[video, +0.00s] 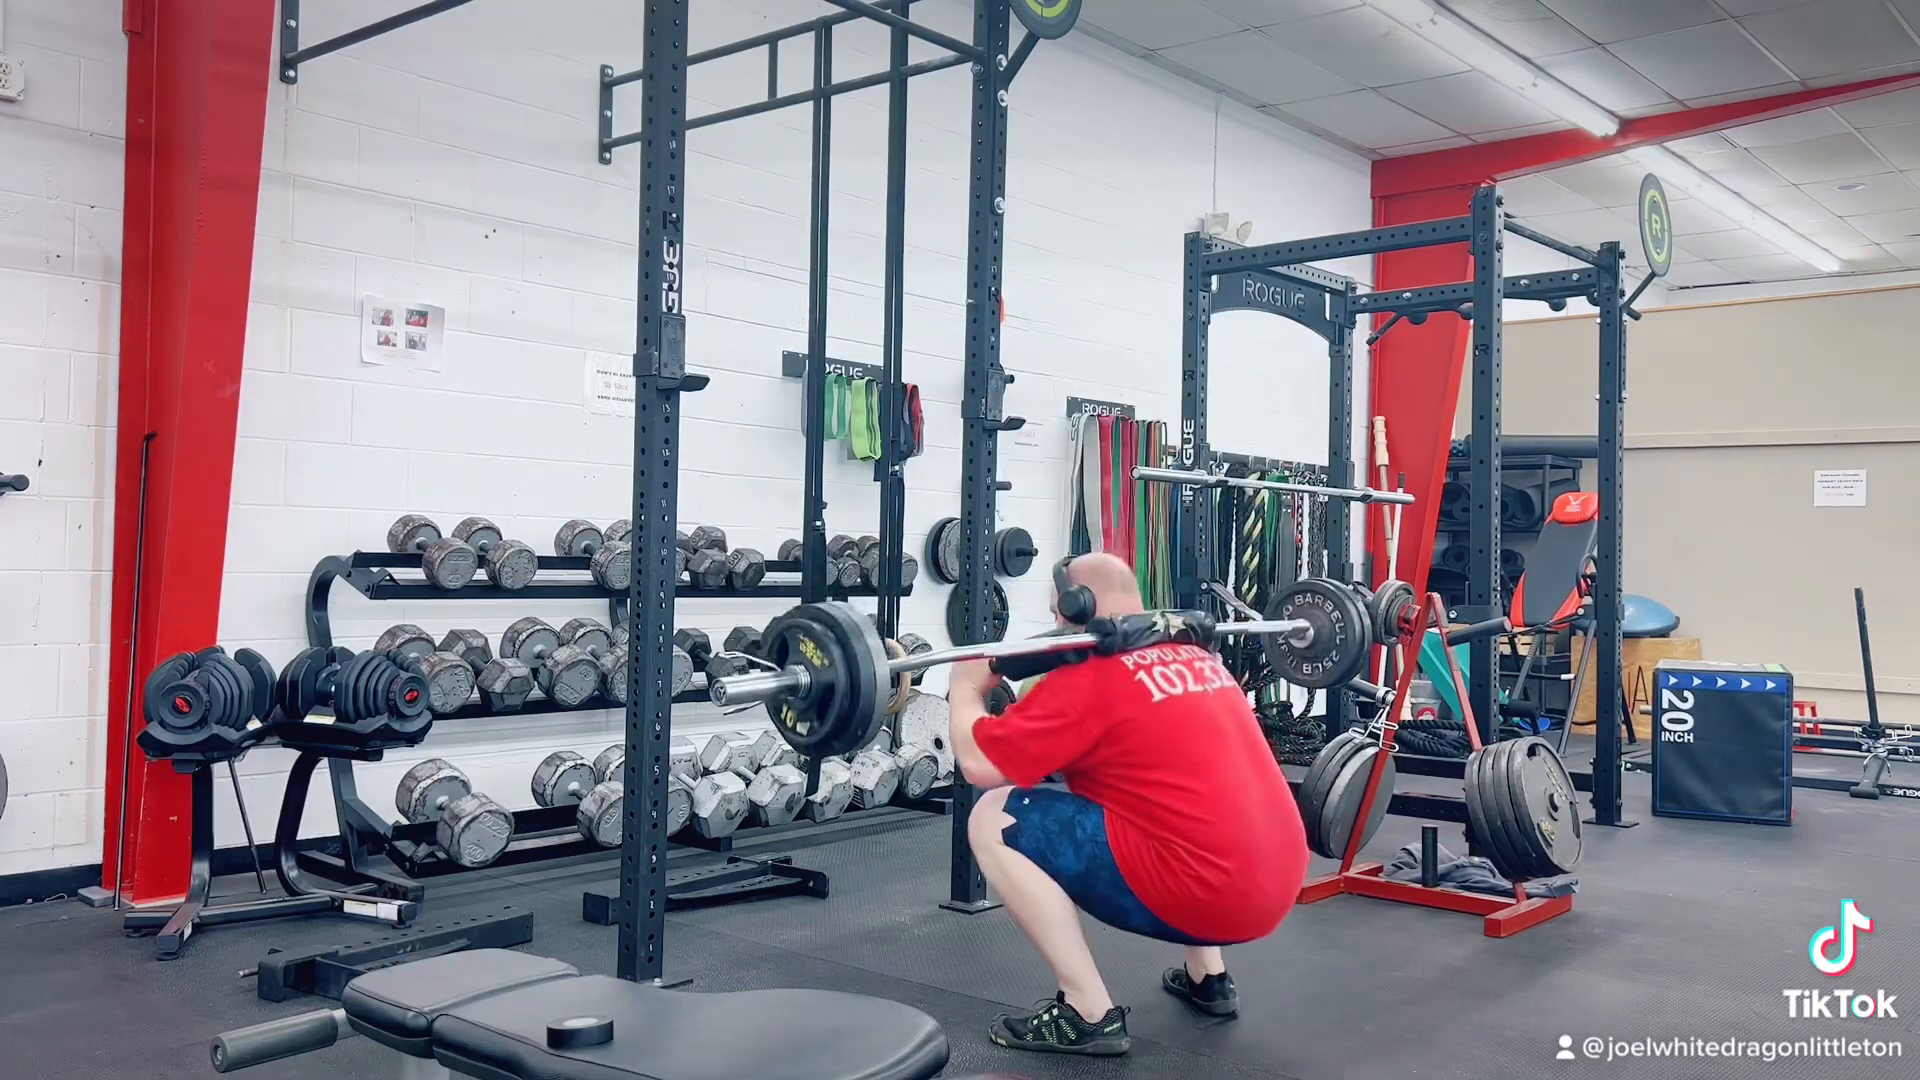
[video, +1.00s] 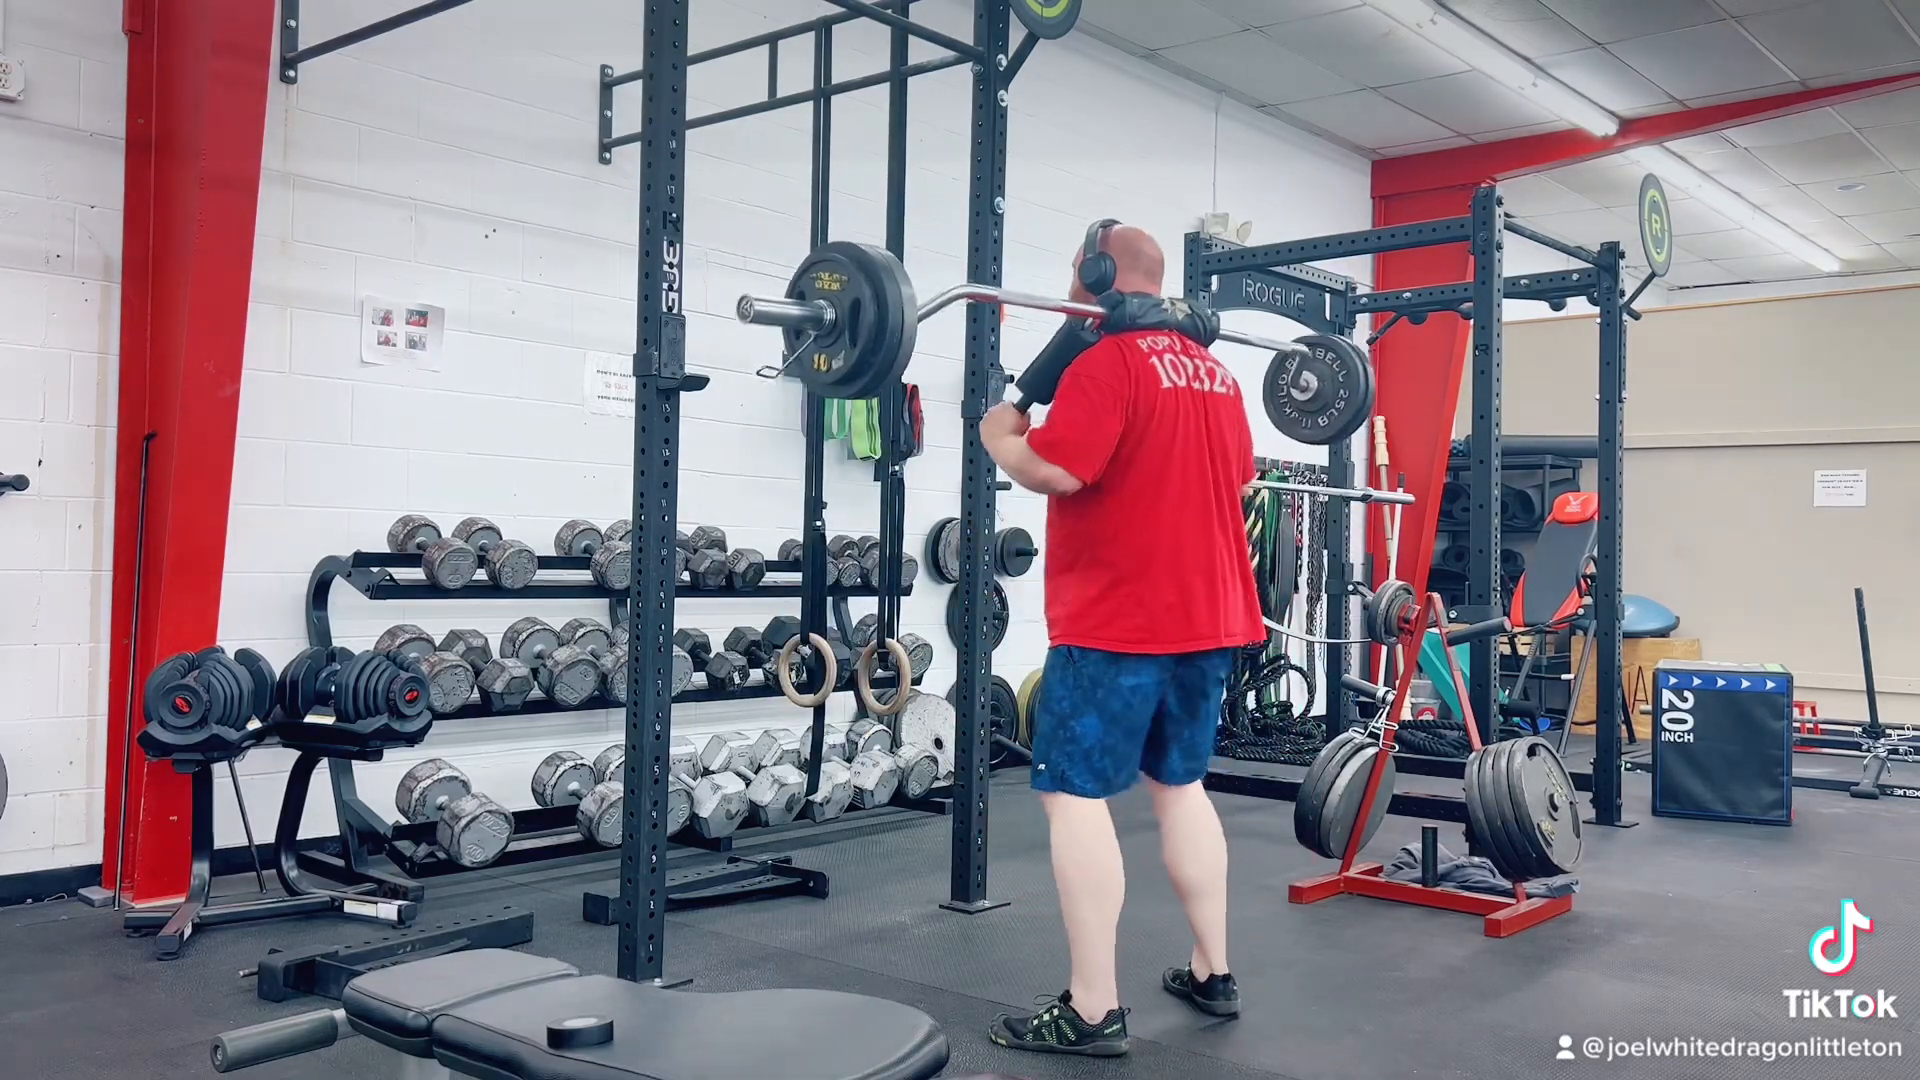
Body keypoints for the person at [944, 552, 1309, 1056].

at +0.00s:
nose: (1061, 620)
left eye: (1060, 608)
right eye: (1063, 608)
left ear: (1069, 615)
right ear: (1138, 602)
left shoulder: (1089, 679)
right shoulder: (1195, 656)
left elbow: (979, 763)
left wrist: (962, 691)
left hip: (1198, 899)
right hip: (1275, 890)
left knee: (992, 818)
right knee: (1153, 797)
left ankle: (1087, 1009)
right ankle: (1208, 974)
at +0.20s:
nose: (1050, 509)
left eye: (1051, 500)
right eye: (1054, 500)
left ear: (1063, 504)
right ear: (1133, 498)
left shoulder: (1087, 566)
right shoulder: (1193, 550)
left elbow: (989, 664)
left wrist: (964, 597)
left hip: (1180, 768)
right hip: (1277, 766)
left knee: (1005, 808)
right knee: (1168, 811)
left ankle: (1088, 1009)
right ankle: (1210, 975)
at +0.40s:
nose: (1054, 368)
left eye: (1057, 355)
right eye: (1056, 356)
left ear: (1076, 354)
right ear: (1143, 347)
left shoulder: (1097, 411)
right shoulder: (1209, 416)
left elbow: (1024, 517)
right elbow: (1242, 525)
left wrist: (983, 469)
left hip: (1147, 637)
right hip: (1241, 637)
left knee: (1044, 790)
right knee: (1172, 781)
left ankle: (1091, 1007)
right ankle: (1211, 973)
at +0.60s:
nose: (1073, 292)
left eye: (1074, 279)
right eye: (1078, 277)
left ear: (1088, 282)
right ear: (1154, 276)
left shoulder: (1105, 351)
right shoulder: (1215, 362)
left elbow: (1038, 445)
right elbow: (1243, 478)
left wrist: (999, 419)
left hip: (1115, 603)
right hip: (1204, 600)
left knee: (1110, 798)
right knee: (1199, 782)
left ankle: (1094, 1008)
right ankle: (1214, 972)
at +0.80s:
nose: (1074, 291)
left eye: (1077, 280)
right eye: (1078, 279)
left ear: (1094, 282)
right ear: (1159, 278)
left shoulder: (1110, 348)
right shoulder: (1215, 361)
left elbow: (1081, 452)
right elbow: (1253, 476)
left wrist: (1014, 432)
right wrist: (1168, 485)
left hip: (1112, 607)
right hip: (1202, 605)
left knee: (1111, 797)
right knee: (1202, 782)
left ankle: (1094, 1008)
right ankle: (1215, 974)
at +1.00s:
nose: (1072, 298)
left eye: (1074, 286)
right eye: (1074, 285)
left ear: (1091, 287)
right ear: (1158, 285)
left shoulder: (1108, 358)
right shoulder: (1214, 369)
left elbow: (1060, 469)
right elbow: (1238, 480)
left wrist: (1003, 436)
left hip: (1119, 619)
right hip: (1212, 614)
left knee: (1072, 787)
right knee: (1179, 780)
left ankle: (1093, 1006)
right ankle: (1214, 973)